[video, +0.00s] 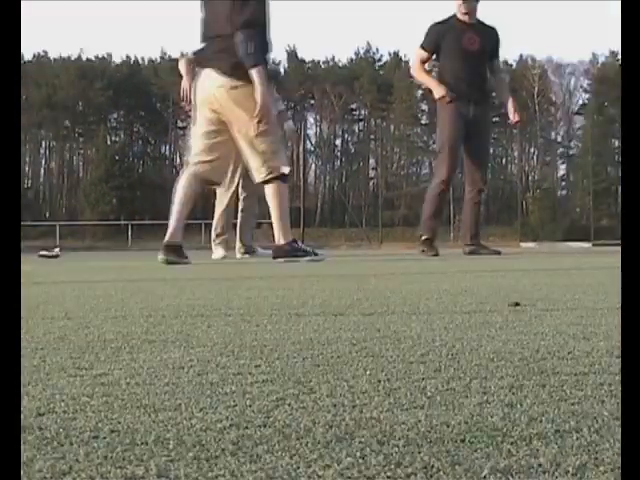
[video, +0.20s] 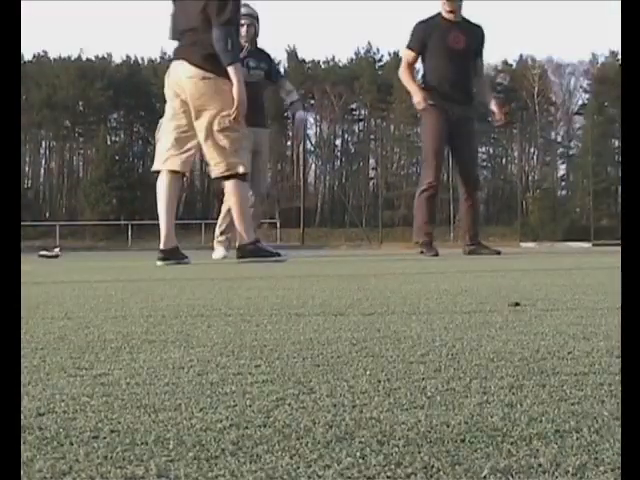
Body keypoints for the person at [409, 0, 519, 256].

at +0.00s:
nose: (465, 5)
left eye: (470, 2)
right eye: (462, 2)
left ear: (477, 3)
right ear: (455, 4)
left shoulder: (490, 34)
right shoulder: (440, 29)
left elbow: (497, 74)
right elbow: (416, 67)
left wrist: (509, 103)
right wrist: (435, 86)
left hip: (480, 108)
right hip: (451, 105)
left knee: (476, 180)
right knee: (444, 173)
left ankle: (471, 242)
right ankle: (427, 237)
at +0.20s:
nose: (450, 2)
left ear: (461, 2)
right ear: (440, 2)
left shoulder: (475, 32)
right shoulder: (425, 28)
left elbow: (479, 77)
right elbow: (404, 68)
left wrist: (492, 103)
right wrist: (416, 92)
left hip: (464, 109)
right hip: (434, 106)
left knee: (470, 180)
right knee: (431, 177)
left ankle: (471, 242)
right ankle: (425, 241)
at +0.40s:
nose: (441, 2)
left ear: (452, 1)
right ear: (432, 1)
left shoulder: (465, 28)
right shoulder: (415, 25)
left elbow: (469, 69)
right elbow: (394, 63)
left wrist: (475, 96)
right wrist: (393, 92)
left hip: (455, 108)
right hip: (426, 106)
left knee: (465, 175)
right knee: (427, 176)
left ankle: (460, 241)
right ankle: (422, 240)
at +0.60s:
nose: (434, 2)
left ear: (445, 1)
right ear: (425, 1)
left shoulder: (461, 28)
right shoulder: (410, 26)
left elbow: (467, 68)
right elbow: (391, 64)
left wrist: (471, 96)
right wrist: (381, 98)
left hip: (451, 106)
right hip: (422, 103)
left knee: (453, 178)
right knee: (424, 176)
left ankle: (440, 238)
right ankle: (422, 240)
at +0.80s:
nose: (434, 2)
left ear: (445, 1)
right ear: (424, 1)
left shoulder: (460, 28)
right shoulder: (410, 27)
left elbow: (467, 73)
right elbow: (393, 69)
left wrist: (477, 110)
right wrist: (381, 107)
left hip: (450, 106)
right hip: (422, 103)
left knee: (445, 178)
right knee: (424, 174)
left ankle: (437, 240)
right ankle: (422, 240)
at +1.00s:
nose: (436, 5)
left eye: (441, 1)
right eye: (432, 1)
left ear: (448, 3)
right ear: (426, 3)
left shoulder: (462, 32)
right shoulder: (411, 29)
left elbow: (470, 75)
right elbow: (394, 71)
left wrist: (480, 115)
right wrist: (383, 109)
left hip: (448, 107)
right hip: (420, 104)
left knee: (445, 179)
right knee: (424, 175)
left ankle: (437, 241)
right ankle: (421, 240)